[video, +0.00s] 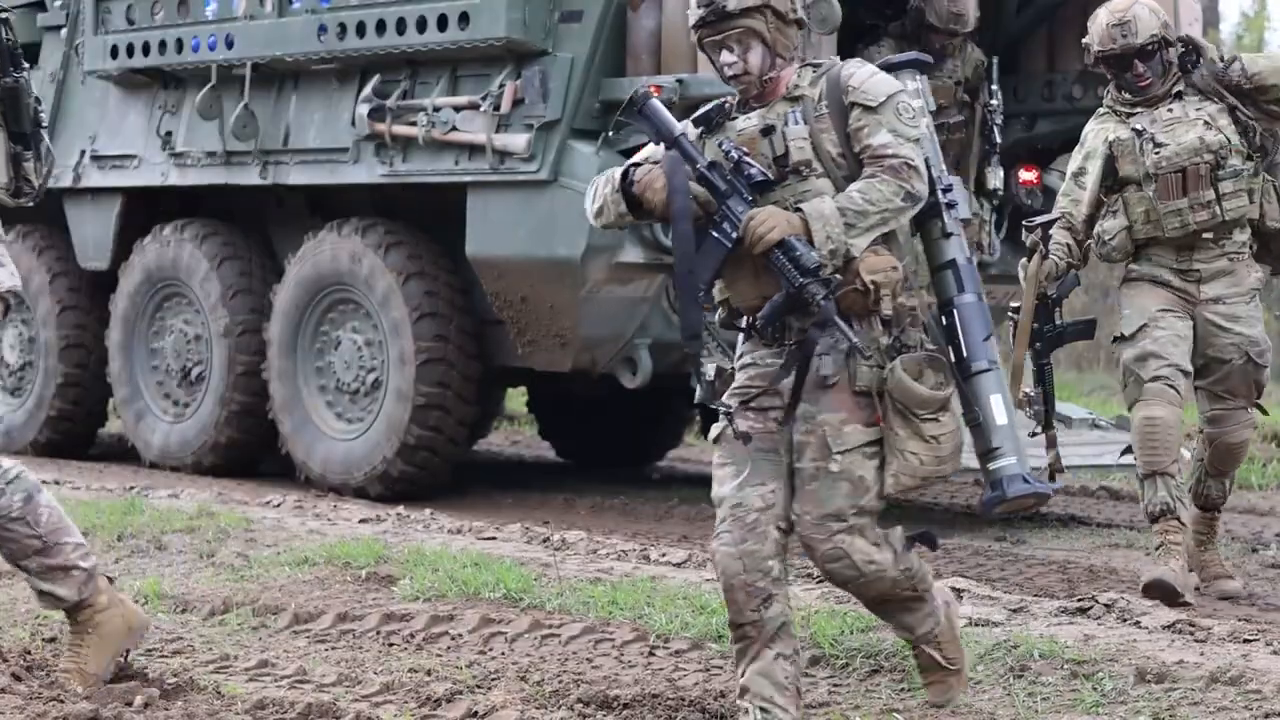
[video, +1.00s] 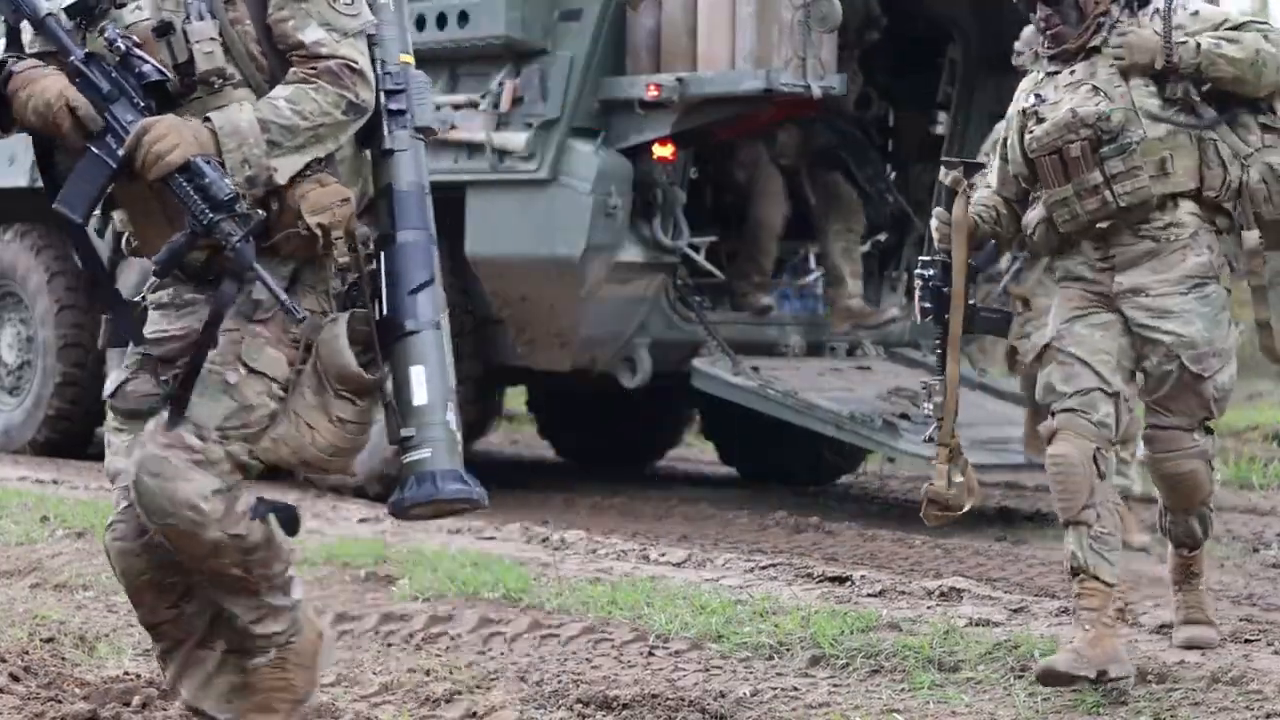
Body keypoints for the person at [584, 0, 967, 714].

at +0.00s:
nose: (728, 63)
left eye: (738, 46)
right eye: (718, 52)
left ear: (781, 39)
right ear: (715, 60)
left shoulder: (856, 87)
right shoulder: (719, 131)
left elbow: (903, 180)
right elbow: (600, 201)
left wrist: (805, 221)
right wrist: (635, 186)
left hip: (851, 334)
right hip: (760, 342)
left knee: (834, 534)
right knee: (744, 542)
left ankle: (930, 621)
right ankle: (769, 698)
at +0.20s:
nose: (617, 48)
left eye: (629, 29)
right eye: (607, 36)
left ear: (673, 20)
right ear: (600, 39)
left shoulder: (751, 69)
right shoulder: (609, 108)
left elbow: (807, 170)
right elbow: (498, 197)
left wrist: (704, 218)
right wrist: (526, 190)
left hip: (743, 326)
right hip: (657, 338)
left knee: (650, 498)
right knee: (696, 531)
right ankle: (763, 697)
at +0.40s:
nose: (498, 26)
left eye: (510, 9)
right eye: (488, 14)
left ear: (555, 5)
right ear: (482, 21)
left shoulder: (637, 57)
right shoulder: (478, 95)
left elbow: (686, 166)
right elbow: (380, 183)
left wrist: (575, 207)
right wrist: (374, 155)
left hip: (609, 334)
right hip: (530, 342)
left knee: (519, 543)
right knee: (561, 553)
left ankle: (500, 702)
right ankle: (698, 662)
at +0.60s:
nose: (399, 4)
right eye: (388, 3)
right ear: (377, 4)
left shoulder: (526, 21)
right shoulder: (363, 66)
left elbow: (579, 128)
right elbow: (236, 152)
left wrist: (464, 187)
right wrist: (271, 134)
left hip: (510, 321)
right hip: (409, 317)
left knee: (476, 577)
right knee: (319, 452)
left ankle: (492, 705)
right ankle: (365, 663)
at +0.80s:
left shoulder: (396, 5)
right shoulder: (210, 28)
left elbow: (458, 89)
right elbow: (95, 101)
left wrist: (335, 141)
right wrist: (149, 110)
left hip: (405, 286)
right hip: (289, 289)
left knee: (433, 530)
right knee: (231, 474)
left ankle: (478, 685)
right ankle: (248, 693)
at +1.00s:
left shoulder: (279, 4)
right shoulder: (99, 15)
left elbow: (345, 85)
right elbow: (37, 66)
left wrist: (215, 133)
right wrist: (30, 83)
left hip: (282, 256)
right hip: (166, 265)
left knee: (175, 476)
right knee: (139, 539)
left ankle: (283, 634)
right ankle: (214, 701)